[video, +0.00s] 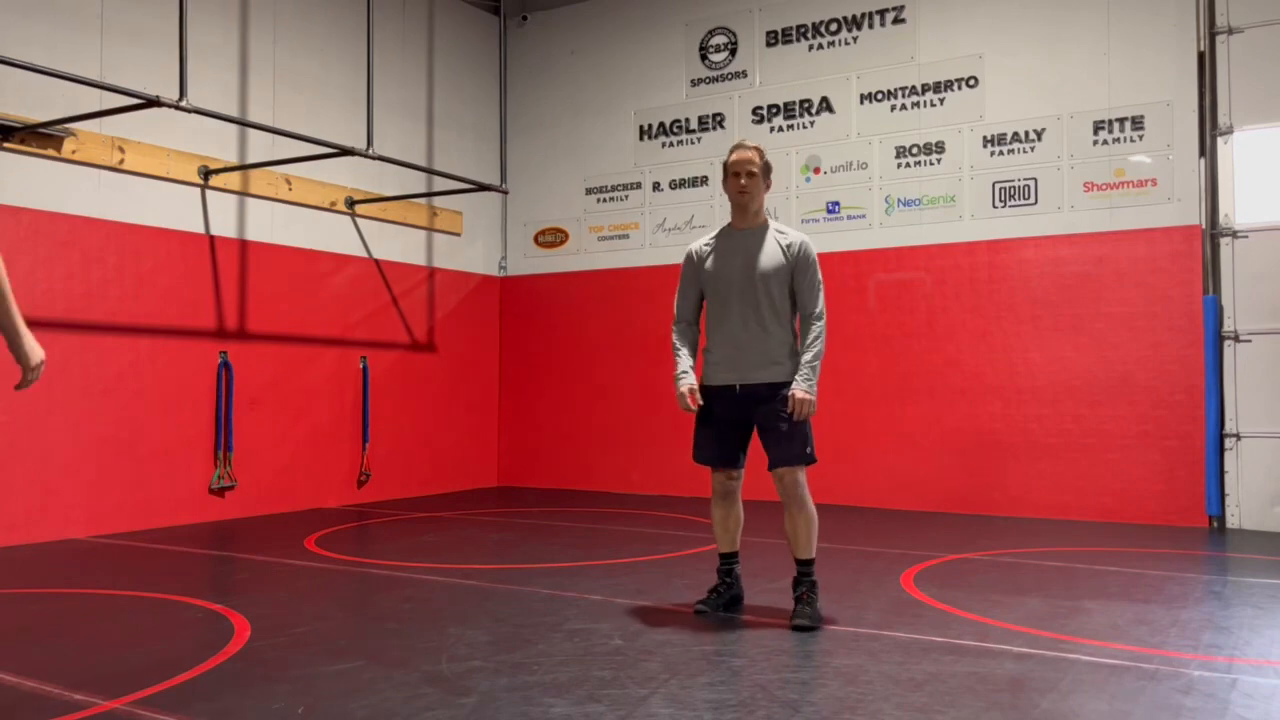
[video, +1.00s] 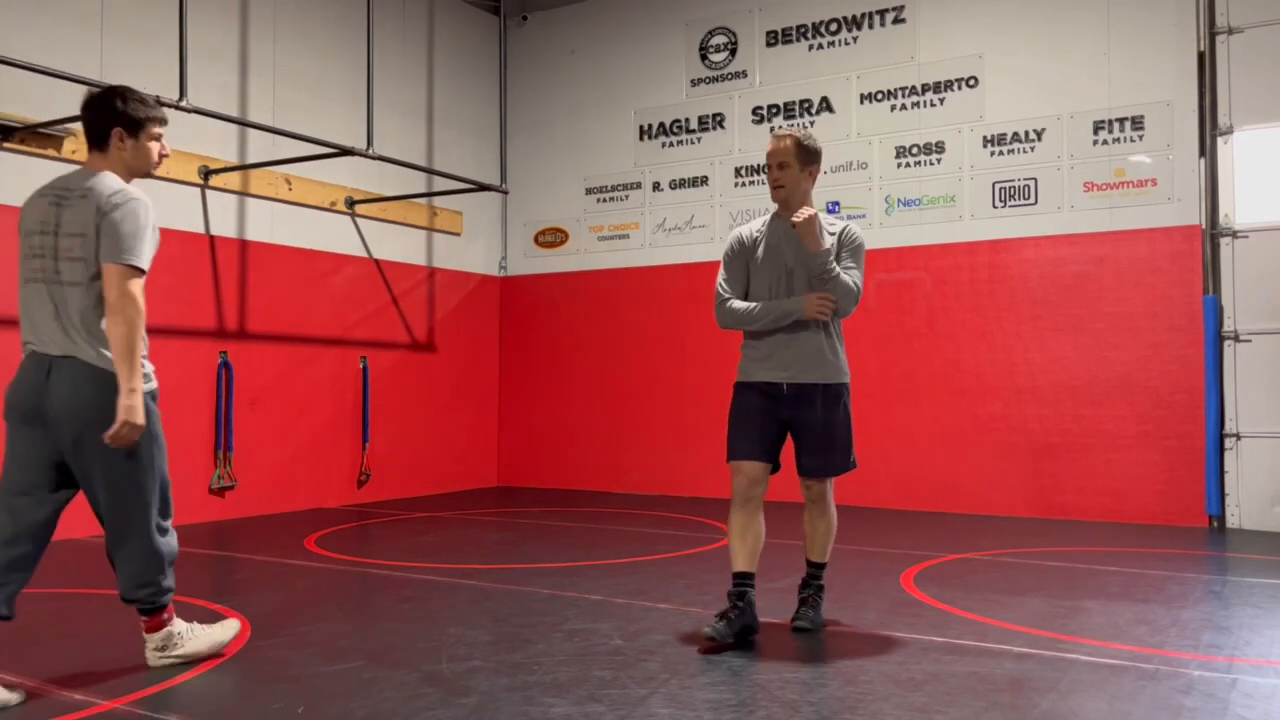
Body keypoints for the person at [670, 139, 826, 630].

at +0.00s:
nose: (742, 181)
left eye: (750, 174)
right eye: (734, 174)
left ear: (767, 183)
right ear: (723, 183)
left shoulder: (794, 247)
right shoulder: (701, 253)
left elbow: (815, 320)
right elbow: (683, 324)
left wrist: (806, 380)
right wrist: (684, 372)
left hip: (778, 389)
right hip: (721, 391)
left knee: (791, 485)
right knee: (724, 486)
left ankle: (806, 590)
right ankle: (728, 584)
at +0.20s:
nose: (764, 176)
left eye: (773, 169)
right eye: (756, 169)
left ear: (789, 179)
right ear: (745, 179)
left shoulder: (815, 246)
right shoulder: (719, 248)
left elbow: (838, 314)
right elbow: (704, 317)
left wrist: (812, 348)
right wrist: (721, 368)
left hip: (797, 388)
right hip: (740, 389)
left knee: (803, 487)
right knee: (731, 485)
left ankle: (808, 593)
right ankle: (729, 583)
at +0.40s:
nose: (779, 175)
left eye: (789, 168)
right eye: (772, 167)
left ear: (808, 177)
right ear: (762, 176)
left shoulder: (835, 242)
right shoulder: (736, 246)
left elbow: (850, 313)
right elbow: (714, 318)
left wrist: (803, 286)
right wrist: (768, 313)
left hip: (815, 381)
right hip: (754, 382)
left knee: (815, 490)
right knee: (732, 487)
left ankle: (811, 592)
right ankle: (730, 573)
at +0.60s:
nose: (790, 176)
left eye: (800, 168)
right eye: (782, 168)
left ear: (818, 175)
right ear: (772, 176)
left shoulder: (843, 239)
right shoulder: (747, 244)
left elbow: (844, 304)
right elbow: (734, 314)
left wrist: (804, 253)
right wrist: (794, 282)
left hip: (821, 382)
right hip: (760, 380)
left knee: (819, 489)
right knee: (730, 480)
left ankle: (813, 591)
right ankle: (738, 572)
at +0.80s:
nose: (787, 176)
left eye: (798, 167)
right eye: (780, 168)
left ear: (820, 174)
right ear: (773, 175)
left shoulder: (847, 238)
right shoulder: (750, 241)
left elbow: (840, 304)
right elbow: (736, 313)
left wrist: (810, 245)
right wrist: (800, 288)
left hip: (822, 382)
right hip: (761, 379)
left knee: (820, 489)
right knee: (736, 471)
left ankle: (812, 596)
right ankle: (731, 594)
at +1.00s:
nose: (772, 177)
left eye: (782, 168)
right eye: (768, 168)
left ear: (812, 172)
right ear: (767, 173)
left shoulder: (843, 237)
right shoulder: (744, 240)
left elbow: (845, 303)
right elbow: (725, 311)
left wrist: (815, 246)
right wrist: (794, 307)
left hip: (819, 383)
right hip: (757, 383)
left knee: (816, 491)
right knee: (746, 488)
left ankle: (812, 596)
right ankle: (741, 607)